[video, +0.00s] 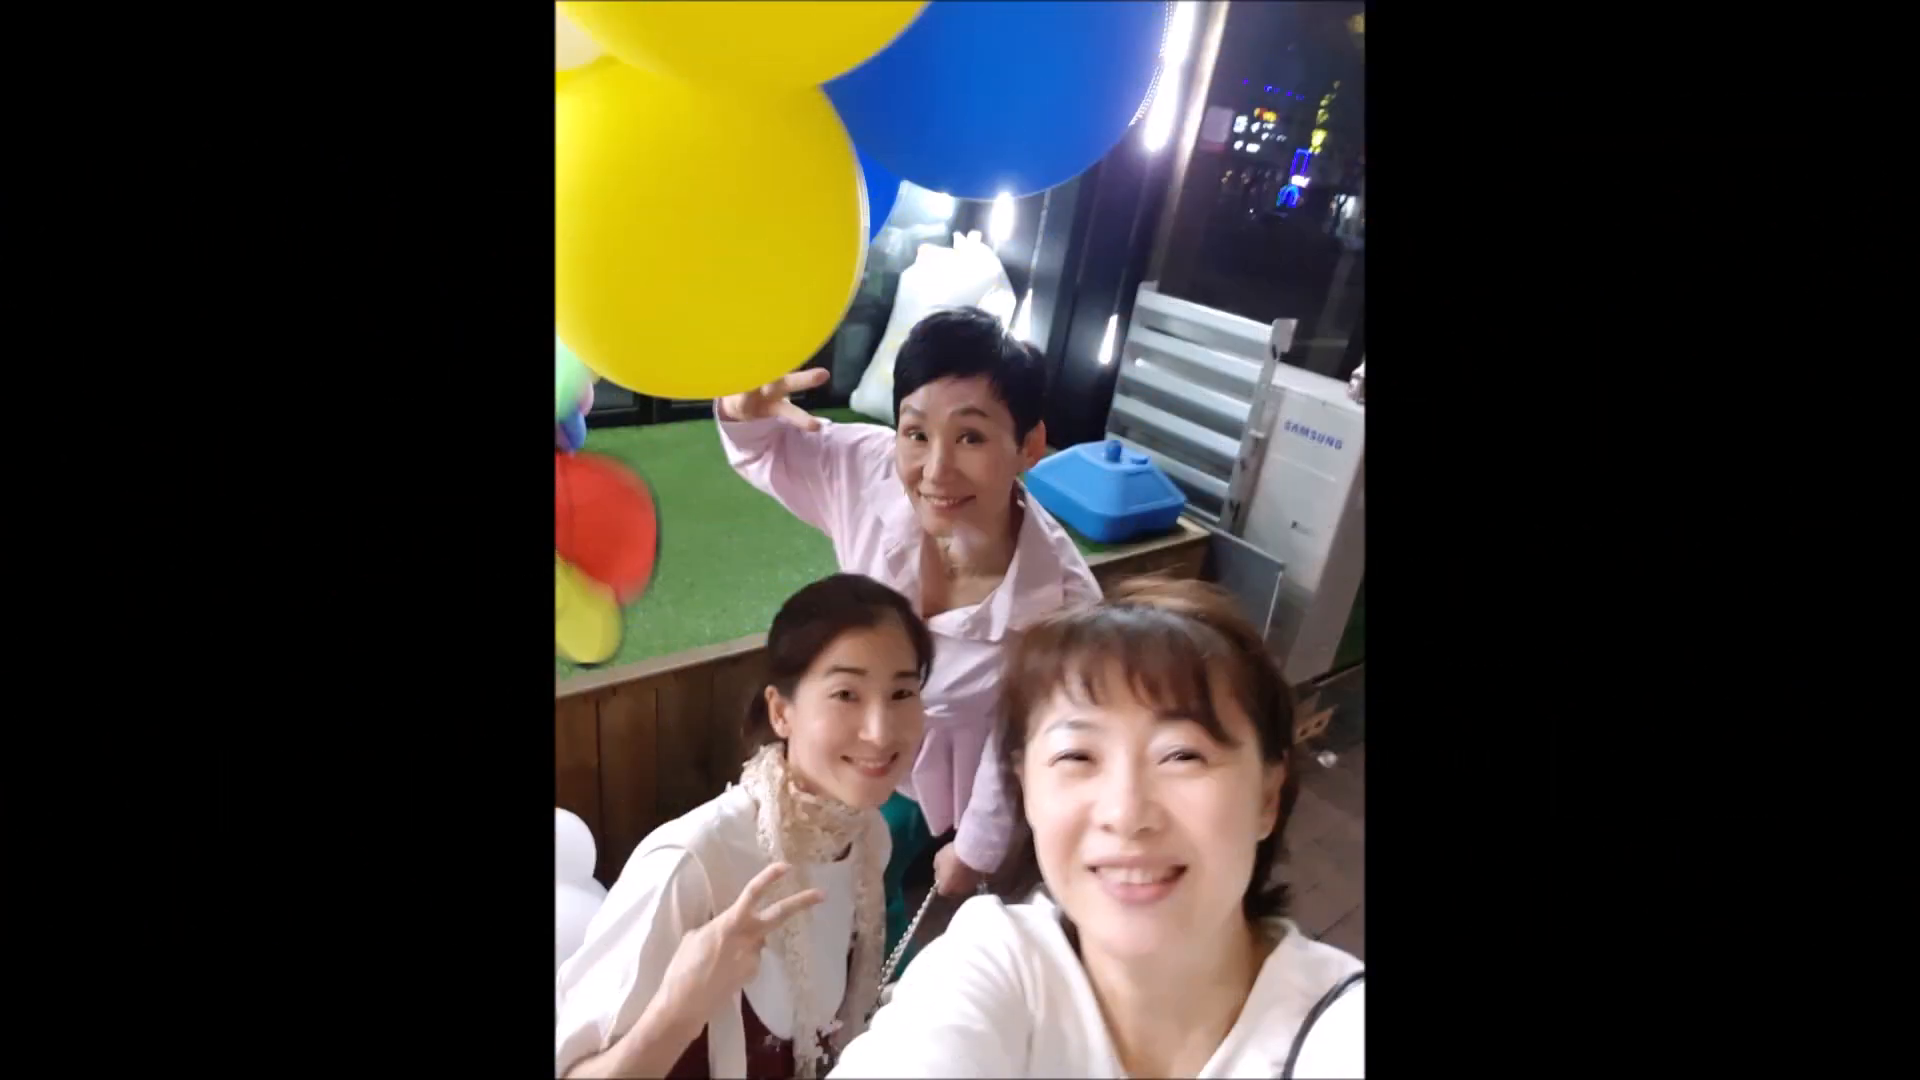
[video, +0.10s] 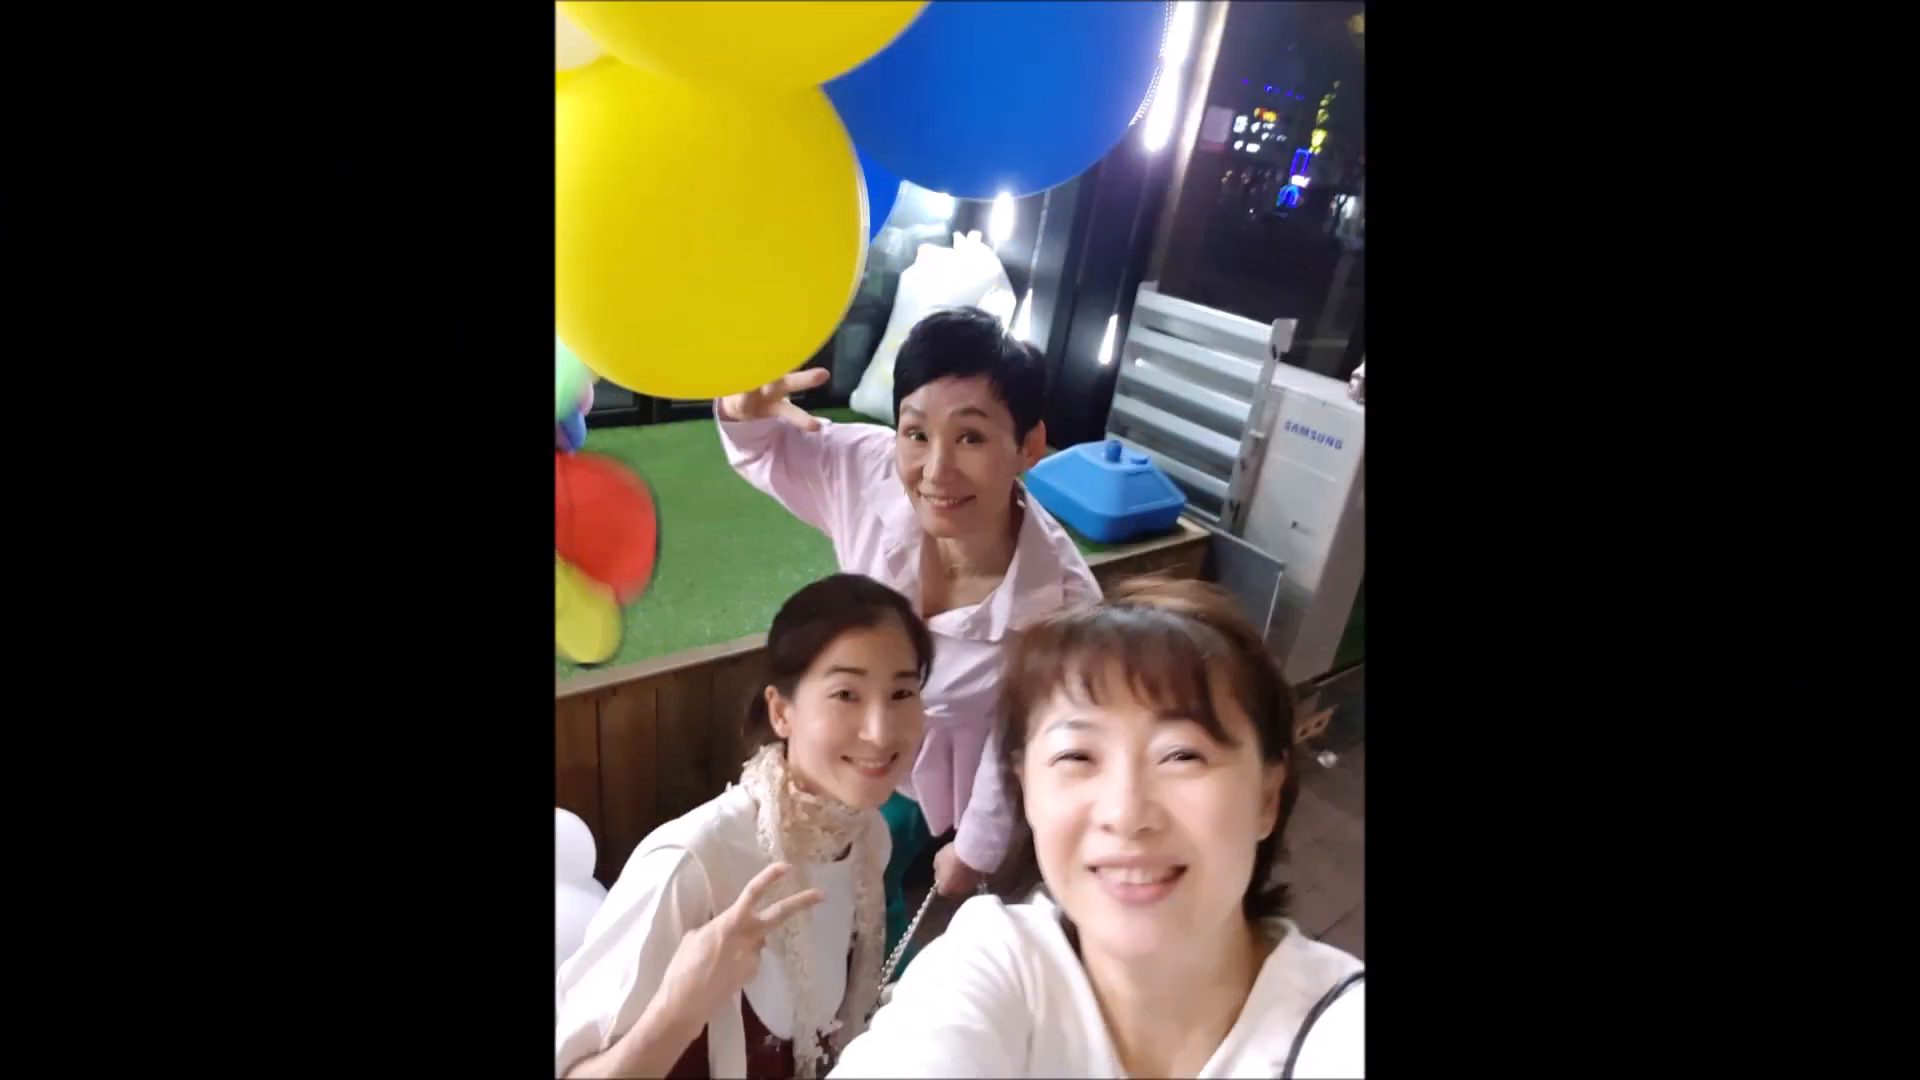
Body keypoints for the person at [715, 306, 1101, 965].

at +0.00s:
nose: (937, 469)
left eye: (971, 438)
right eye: (917, 435)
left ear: (1030, 448)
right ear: (895, 433)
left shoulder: (1058, 603)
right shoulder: (868, 469)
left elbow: (1024, 755)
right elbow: (771, 446)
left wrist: (974, 855)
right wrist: (749, 411)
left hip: (950, 817)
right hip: (844, 772)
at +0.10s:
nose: (937, 469)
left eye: (971, 438)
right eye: (917, 435)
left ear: (1030, 448)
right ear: (895, 434)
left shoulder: (1058, 604)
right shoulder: (869, 470)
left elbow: (1025, 753)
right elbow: (772, 446)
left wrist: (974, 853)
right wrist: (749, 411)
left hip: (954, 817)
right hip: (847, 772)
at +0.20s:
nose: (937, 469)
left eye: (971, 438)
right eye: (917, 435)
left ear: (1030, 448)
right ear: (895, 434)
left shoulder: (1058, 604)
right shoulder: (869, 470)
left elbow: (1025, 753)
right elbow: (772, 446)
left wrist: (974, 853)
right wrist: (749, 411)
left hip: (954, 817)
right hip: (847, 772)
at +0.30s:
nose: (937, 469)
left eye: (971, 438)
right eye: (917, 435)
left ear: (1030, 448)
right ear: (895, 434)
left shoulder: (1058, 604)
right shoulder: (869, 470)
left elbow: (1025, 753)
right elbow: (772, 446)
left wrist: (974, 853)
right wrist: (749, 411)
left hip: (954, 817)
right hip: (847, 772)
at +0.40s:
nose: (937, 469)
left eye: (971, 438)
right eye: (917, 435)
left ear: (1030, 448)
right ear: (895, 434)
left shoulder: (1058, 604)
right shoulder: (869, 470)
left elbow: (1023, 756)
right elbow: (771, 446)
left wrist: (973, 855)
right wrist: (749, 410)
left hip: (951, 818)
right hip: (844, 773)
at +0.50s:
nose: (937, 469)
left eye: (971, 438)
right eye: (917, 435)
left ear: (1030, 448)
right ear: (895, 434)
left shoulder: (1058, 604)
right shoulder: (869, 470)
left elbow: (1023, 756)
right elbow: (771, 446)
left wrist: (973, 855)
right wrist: (749, 410)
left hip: (951, 818)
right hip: (844, 773)